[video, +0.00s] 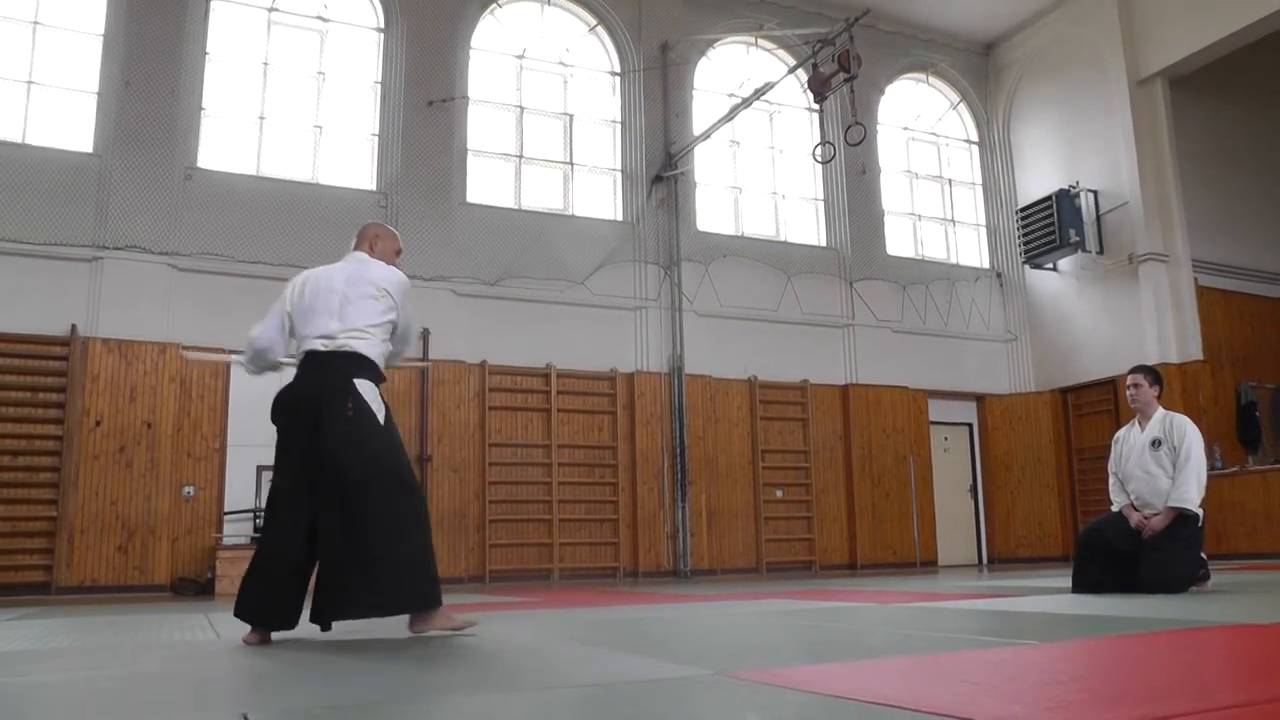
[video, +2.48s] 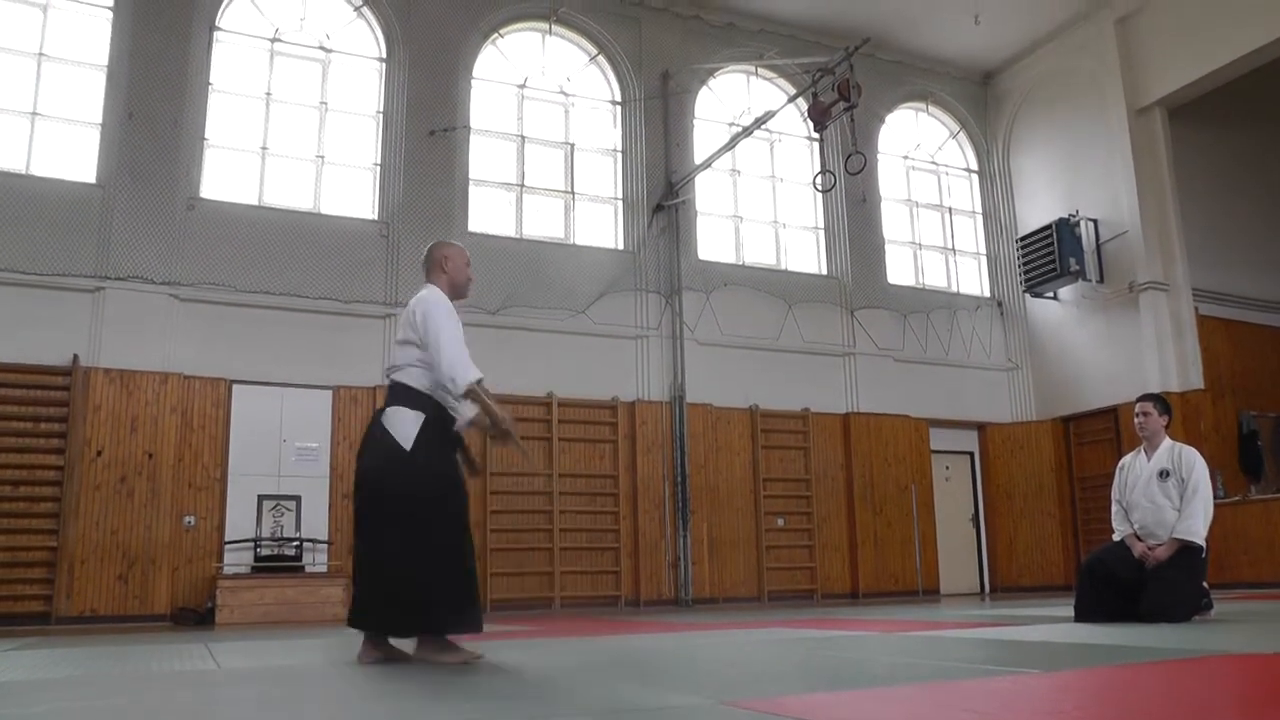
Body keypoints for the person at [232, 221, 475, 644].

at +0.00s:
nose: (398, 262)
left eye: (400, 255)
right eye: (396, 253)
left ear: (361, 244)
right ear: (371, 243)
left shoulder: (305, 279)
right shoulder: (393, 279)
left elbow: (263, 343)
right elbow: (401, 344)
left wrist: (264, 361)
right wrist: (370, 359)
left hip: (302, 393)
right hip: (354, 394)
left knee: (292, 505)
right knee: (403, 497)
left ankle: (261, 624)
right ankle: (426, 610)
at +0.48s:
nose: (492, 257)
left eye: (493, 250)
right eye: (485, 247)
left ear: (469, 251)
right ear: (456, 246)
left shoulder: (476, 318)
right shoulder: (437, 276)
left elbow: (507, 354)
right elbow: (410, 262)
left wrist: (537, 331)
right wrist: (381, 243)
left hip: (449, 416)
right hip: (417, 408)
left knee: (462, 509)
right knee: (439, 509)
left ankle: (444, 618)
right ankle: (442, 619)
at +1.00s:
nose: (445, 322)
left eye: (450, 311)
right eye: (442, 315)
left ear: (480, 304)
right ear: (473, 310)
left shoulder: (499, 348)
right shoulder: (475, 350)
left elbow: (449, 405)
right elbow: (436, 382)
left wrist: (392, 416)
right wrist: (389, 390)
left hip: (543, 462)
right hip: (517, 463)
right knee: (468, 535)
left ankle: (637, 608)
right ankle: (490, 629)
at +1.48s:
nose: (442, 378)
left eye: (447, 366)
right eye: (439, 370)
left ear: (478, 362)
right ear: (480, 365)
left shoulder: (489, 412)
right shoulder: (508, 396)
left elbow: (476, 496)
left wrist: (457, 521)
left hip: (538, 524)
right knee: (445, 540)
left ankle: (624, 615)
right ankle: (482, 636)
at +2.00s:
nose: (497, 276)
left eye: (496, 270)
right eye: (486, 269)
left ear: (487, 281)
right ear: (457, 279)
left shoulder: (511, 331)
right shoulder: (422, 333)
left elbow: (548, 385)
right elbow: (389, 387)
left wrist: (585, 391)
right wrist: (382, 428)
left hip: (503, 450)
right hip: (450, 453)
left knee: (538, 527)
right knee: (418, 540)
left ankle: (606, 617)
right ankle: (446, 640)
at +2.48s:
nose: (472, 274)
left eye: (470, 266)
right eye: (467, 264)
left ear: (440, 267)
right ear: (444, 264)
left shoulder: (421, 305)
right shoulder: (435, 301)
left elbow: (434, 385)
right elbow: (454, 364)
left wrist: (468, 428)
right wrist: (492, 408)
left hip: (396, 426)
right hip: (417, 428)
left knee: (387, 532)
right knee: (440, 529)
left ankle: (374, 639)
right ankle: (432, 637)